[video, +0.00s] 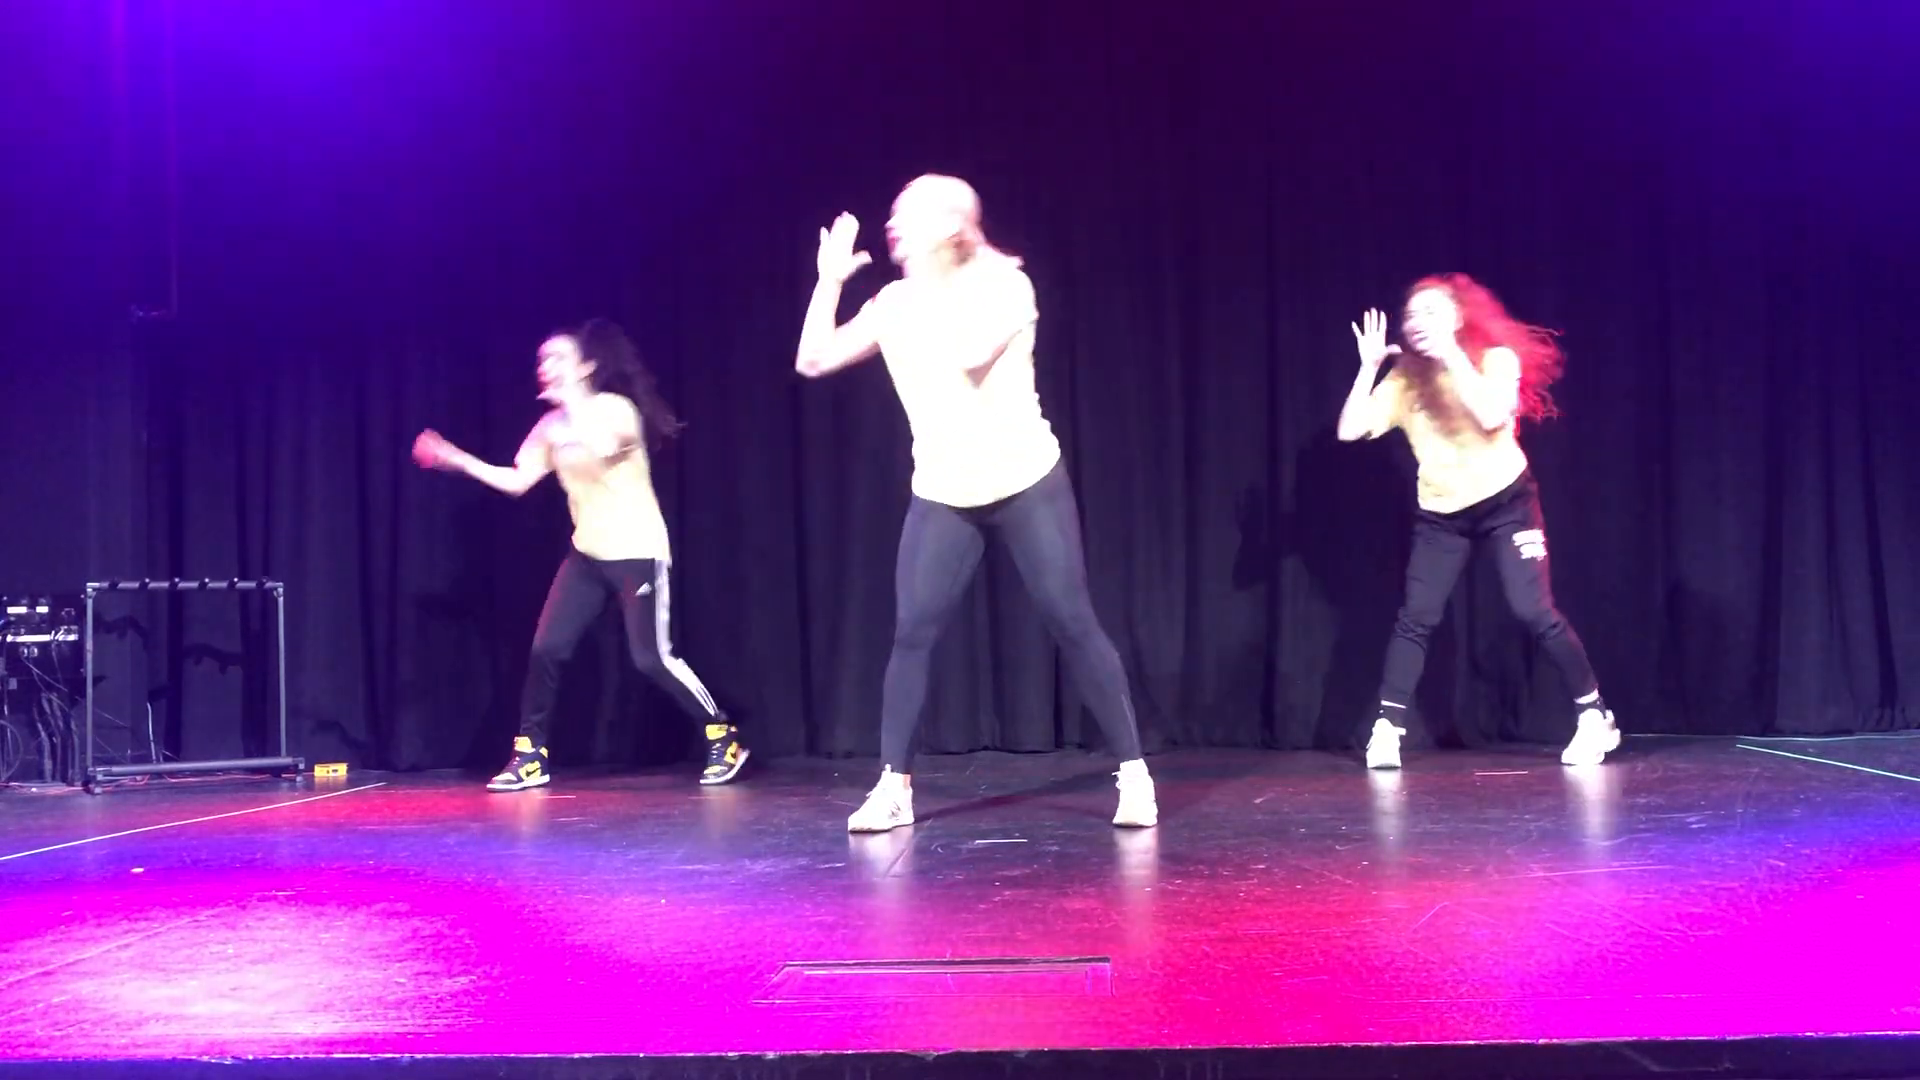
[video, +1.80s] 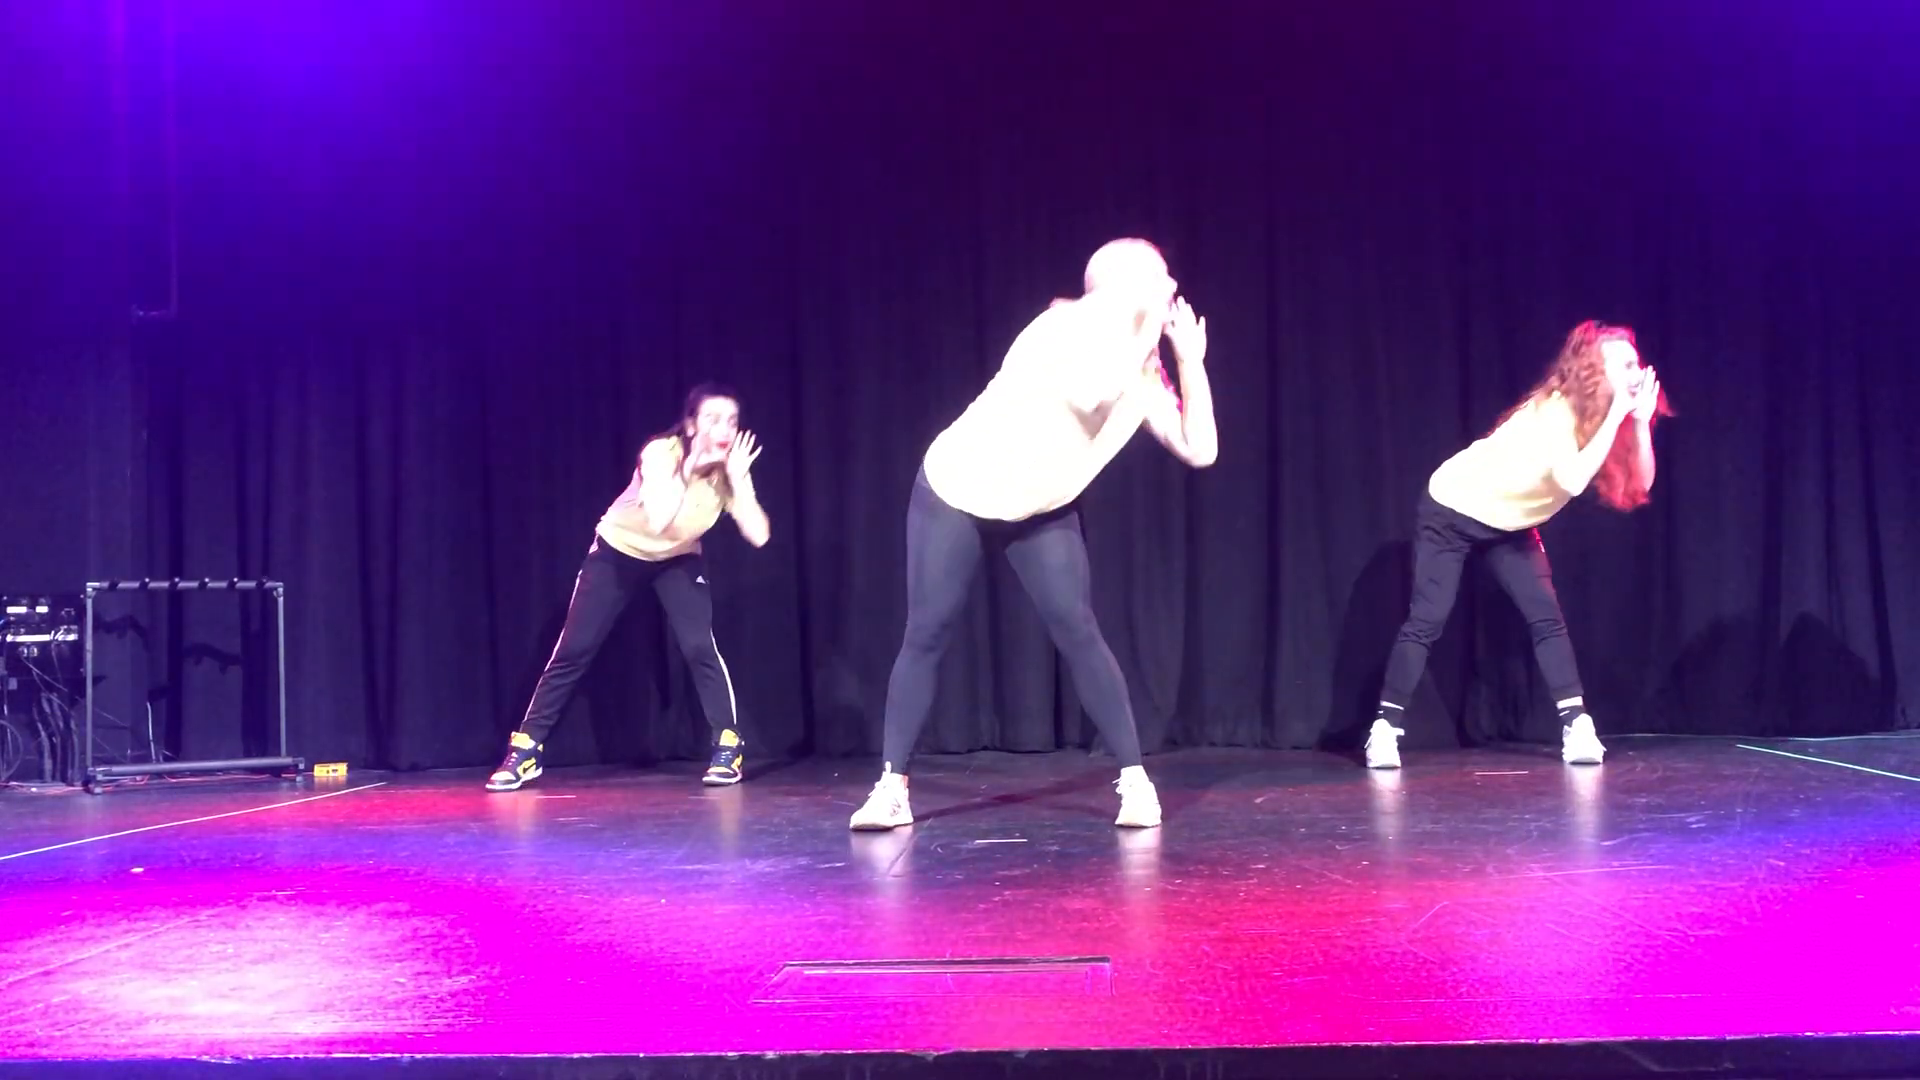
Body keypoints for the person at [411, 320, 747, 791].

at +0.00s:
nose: (545, 368)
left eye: (556, 357)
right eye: (543, 359)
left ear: (587, 364)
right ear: (543, 369)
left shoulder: (615, 410)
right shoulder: (549, 428)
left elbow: (613, 448)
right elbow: (517, 482)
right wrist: (455, 458)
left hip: (640, 552)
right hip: (588, 554)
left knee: (652, 657)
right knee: (547, 649)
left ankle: (723, 738)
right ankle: (531, 758)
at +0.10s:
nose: (501, 405)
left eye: (512, 395)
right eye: (501, 396)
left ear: (543, 401)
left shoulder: (571, 442)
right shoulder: (533, 458)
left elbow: (545, 494)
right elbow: (493, 511)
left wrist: (525, 444)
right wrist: (482, 455)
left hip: (631, 569)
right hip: (591, 572)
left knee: (636, 681)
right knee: (534, 654)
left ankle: (733, 739)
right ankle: (532, 760)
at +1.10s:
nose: (459, 478)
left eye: (468, 468)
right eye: (458, 468)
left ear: (502, 471)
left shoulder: (541, 499)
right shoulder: (490, 509)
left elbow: (528, 574)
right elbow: (485, 574)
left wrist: (480, 521)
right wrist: (467, 524)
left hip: (649, 559)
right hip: (593, 569)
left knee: (667, 653)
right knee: (558, 655)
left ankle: (723, 742)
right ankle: (526, 758)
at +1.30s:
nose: (536, 510)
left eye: (547, 501)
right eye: (529, 500)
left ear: (573, 504)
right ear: (522, 502)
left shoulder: (602, 521)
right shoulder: (534, 528)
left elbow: (610, 601)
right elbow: (520, 596)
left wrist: (565, 552)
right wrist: (521, 548)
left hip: (657, 565)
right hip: (599, 573)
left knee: (680, 650)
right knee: (559, 656)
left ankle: (725, 746)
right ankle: (525, 756)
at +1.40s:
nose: (589, 504)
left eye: (599, 495)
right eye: (579, 495)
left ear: (618, 497)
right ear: (567, 496)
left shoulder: (642, 522)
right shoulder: (559, 521)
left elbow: (653, 597)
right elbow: (547, 593)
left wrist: (611, 550)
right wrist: (558, 542)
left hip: (656, 569)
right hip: (591, 574)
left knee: (680, 650)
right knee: (563, 651)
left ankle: (725, 746)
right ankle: (525, 754)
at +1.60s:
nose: (673, 475)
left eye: (682, 465)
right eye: (665, 464)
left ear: (694, 469)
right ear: (647, 464)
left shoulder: (701, 500)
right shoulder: (621, 490)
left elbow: (718, 575)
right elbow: (608, 564)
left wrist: (694, 514)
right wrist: (640, 512)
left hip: (668, 568)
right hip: (608, 563)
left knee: (688, 646)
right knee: (568, 650)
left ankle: (727, 747)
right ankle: (525, 755)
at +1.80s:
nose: (724, 429)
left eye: (731, 420)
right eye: (714, 419)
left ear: (738, 425)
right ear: (693, 423)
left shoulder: (732, 469)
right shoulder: (661, 453)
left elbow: (758, 535)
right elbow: (659, 519)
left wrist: (740, 476)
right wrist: (691, 468)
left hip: (678, 558)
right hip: (617, 551)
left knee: (699, 647)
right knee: (573, 651)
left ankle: (727, 747)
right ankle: (525, 751)